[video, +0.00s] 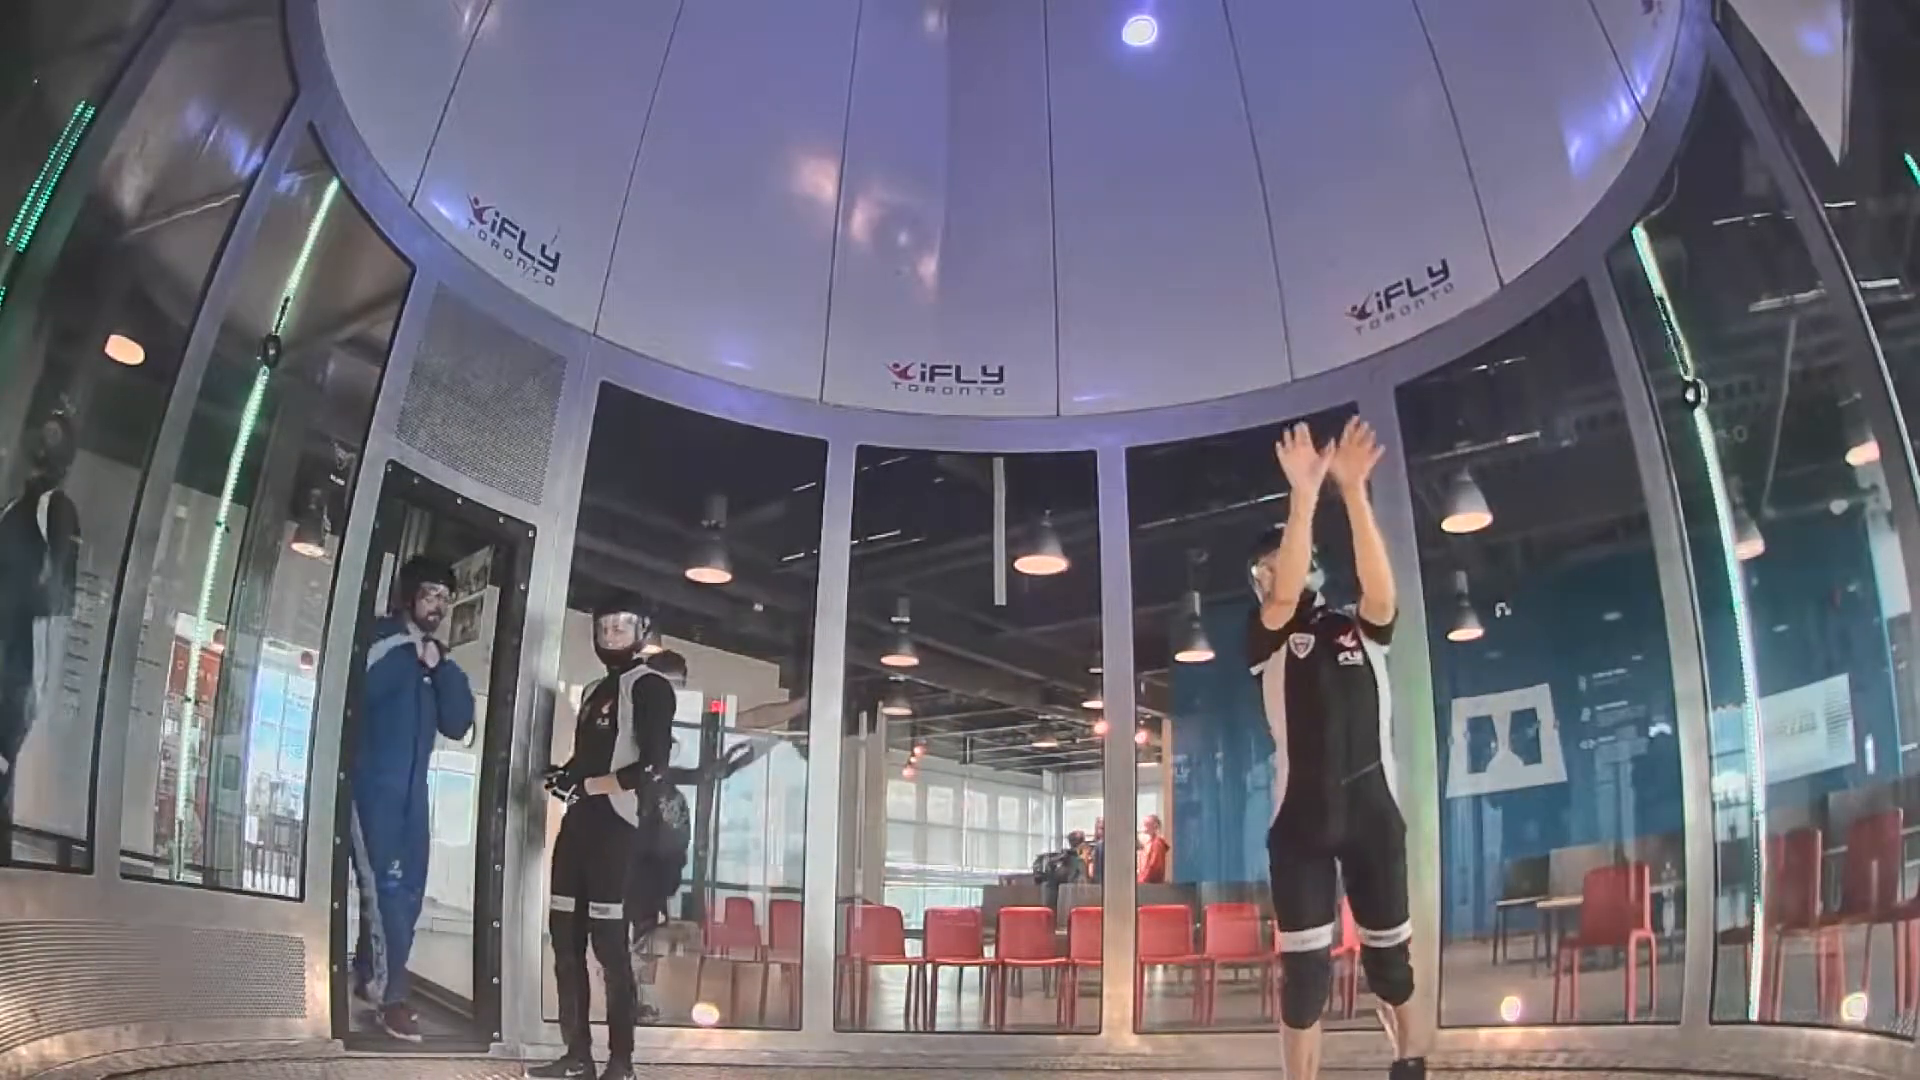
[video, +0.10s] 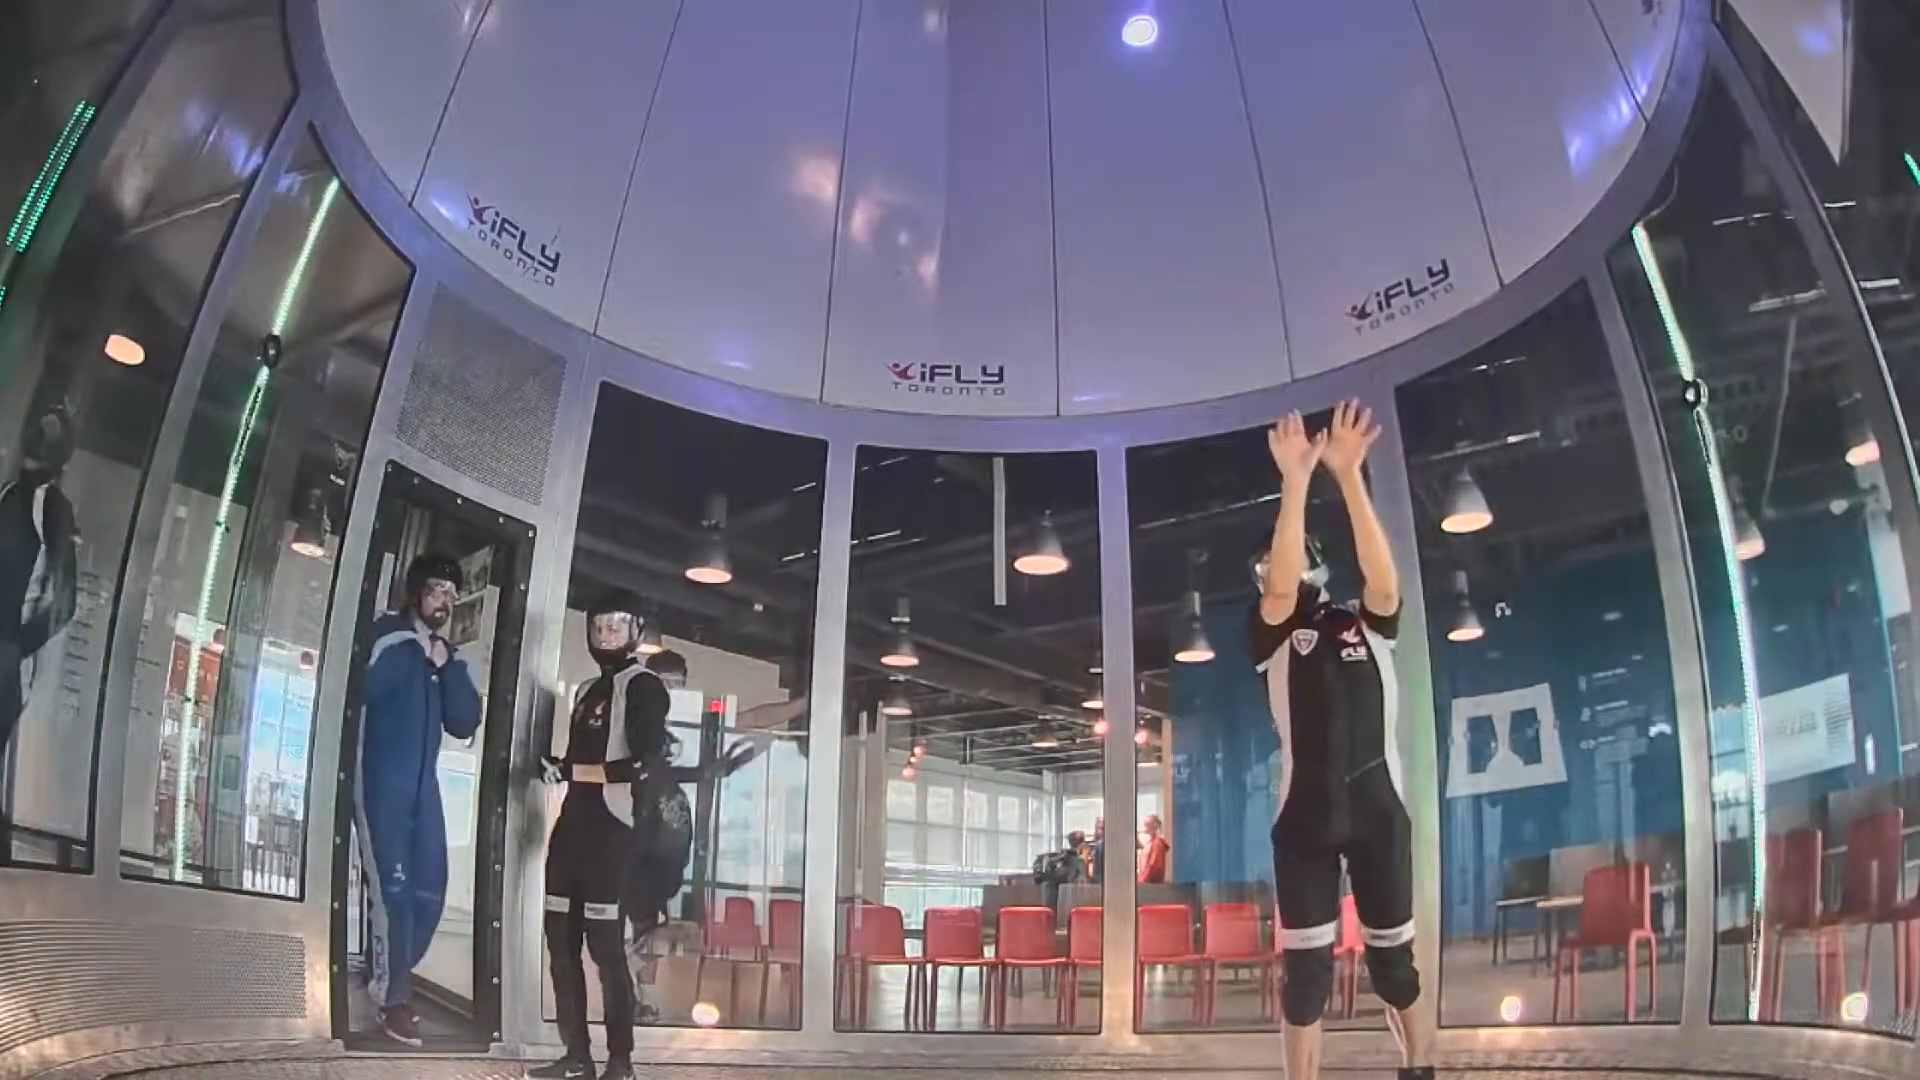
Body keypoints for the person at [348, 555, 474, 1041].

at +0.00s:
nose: (436, 606)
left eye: (443, 600)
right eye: (428, 596)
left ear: (447, 607)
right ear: (406, 597)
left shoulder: (438, 660)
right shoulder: (376, 639)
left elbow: (457, 725)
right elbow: (360, 693)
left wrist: (440, 665)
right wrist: (407, 647)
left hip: (415, 785)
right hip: (372, 780)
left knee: (410, 888)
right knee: (386, 883)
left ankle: (364, 972)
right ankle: (395, 999)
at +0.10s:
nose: (442, 600)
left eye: (449, 593)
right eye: (434, 590)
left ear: (454, 602)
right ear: (413, 593)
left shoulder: (449, 653)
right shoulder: (385, 634)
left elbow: (464, 724)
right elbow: (361, 690)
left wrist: (448, 664)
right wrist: (408, 644)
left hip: (424, 780)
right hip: (380, 776)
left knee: (431, 887)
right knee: (393, 884)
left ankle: (387, 980)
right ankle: (394, 1001)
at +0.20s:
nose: (444, 600)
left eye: (451, 594)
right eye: (436, 590)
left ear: (455, 602)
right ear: (414, 592)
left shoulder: (447, 651)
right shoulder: (386, 633)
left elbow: (465, 723)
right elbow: (365, 689)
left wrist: (450, 661)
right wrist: (412, 643)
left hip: (425, 780)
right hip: (381, 777)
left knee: (434, 888)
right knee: (395, 886)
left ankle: (390, 979)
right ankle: (393, 1002)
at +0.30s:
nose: (450, 599)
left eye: (458, 592)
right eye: (443, 588)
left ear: (462, 600)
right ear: (422, 591)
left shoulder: (454, 649)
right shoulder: (398, 633)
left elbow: (477, 720)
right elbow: (375, 690)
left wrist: (456, 663)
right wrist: (419, 643)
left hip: (435, 780)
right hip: (391, 777)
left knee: (435, 891)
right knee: (405, 890)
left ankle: (423, 998)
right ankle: (395, 1003)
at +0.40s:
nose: (452, 601)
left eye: (460, 594)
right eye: (445, 590)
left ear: (464, 602)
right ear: (425, 591)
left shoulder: (459, 651)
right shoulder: (397, 632)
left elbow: (475, 723)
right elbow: (379, 691)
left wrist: (458, 663)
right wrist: (424, 647)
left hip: (438, 784)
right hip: (393, 781)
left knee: (435, 894)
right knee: (405, 892)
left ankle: (425, 998)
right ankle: (396, 1003)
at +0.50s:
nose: (454, 601)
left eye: (462, 595)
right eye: (447, 591)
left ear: (468, 603)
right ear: (427, 593)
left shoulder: (468, 650)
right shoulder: (399, 632)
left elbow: (476, 722)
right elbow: (379, 691)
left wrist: (462, 662)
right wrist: (426, 647)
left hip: (444, 781)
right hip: (399, 777)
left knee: (436, 890)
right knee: (409, 884)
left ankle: (425, 996)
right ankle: (394, 997)